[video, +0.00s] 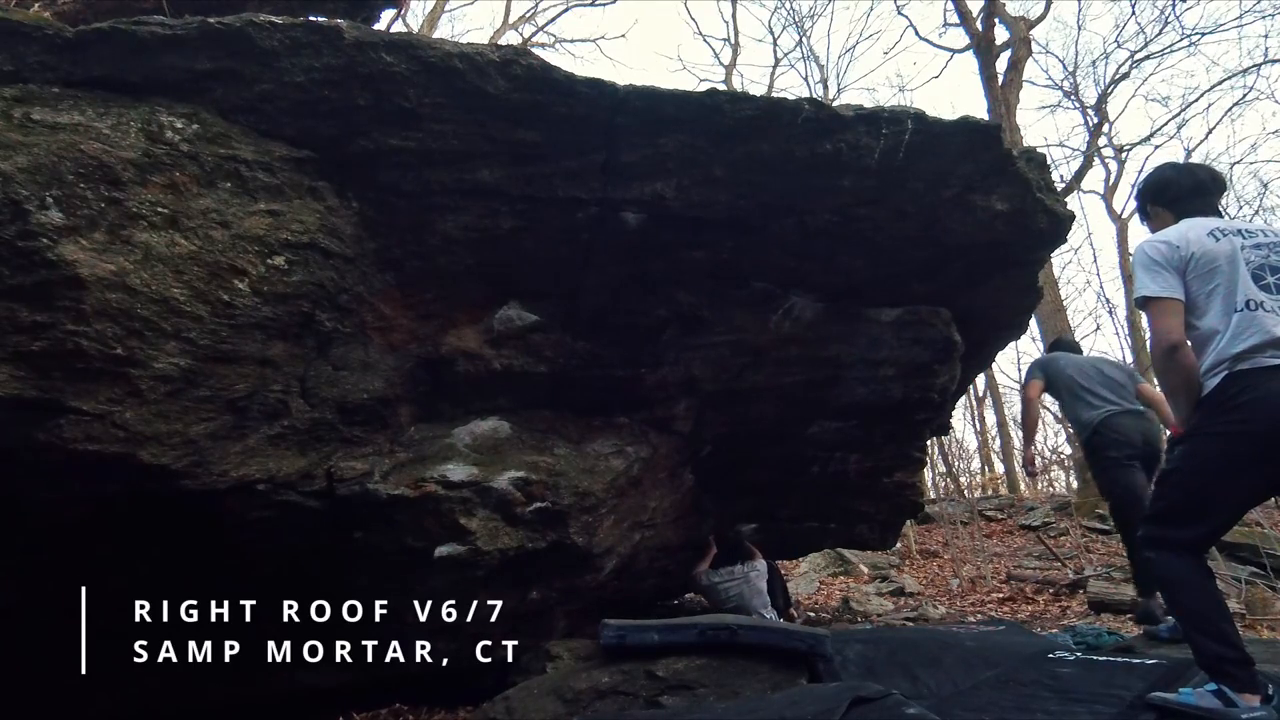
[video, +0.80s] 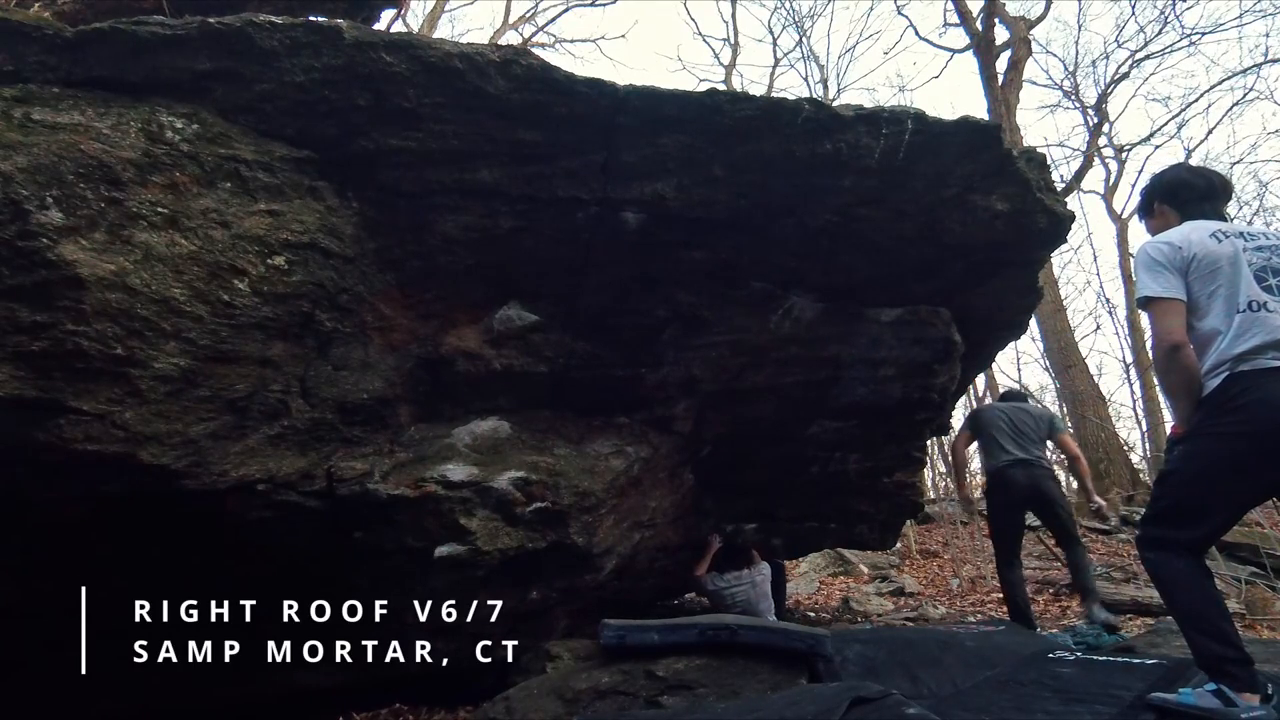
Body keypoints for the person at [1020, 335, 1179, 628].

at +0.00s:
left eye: (1046, 354)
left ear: (1051, 354)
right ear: (1078, 352)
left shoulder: (1046, 362)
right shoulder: (1112, 364)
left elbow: (1030, 398)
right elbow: (1153, 395)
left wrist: (1028, 448)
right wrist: (1176, 428)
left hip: (1108, 435)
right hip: (1148, 430)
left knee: (1137, 518)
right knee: (1135, 514)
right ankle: (1149, 597)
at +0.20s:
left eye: (1041, 359)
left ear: (1046, 360)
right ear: (1076, 359)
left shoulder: (1036, 369)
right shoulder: (1100, 376)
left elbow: (1018, 402)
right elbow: (1141, 408)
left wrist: (1021, 451)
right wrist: (1164, 448)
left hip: (1084, 445)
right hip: (1121, 442)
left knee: (1112, 529)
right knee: (1115, 526)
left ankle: (1167, 605)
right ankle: (1138, 610)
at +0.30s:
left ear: (1041, 365)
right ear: (1070, 366)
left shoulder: (1029, 373)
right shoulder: (1092, 380)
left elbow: (1013, 404)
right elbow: (1136, 419)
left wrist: (1016, 450)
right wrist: (1156, 462)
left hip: (1073, 449)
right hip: (1113, 447)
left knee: (1074, 529)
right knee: (1110, 528)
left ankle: (1143, 584)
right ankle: (1136, 607)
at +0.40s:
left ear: (1033, 372)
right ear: (1061, 372)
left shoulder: (1022, 378)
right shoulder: (1085, 384)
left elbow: (1005, 405)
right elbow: (1125, 423)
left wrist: (1009, 459)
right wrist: (1138, 474)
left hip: (1062, 451)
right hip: (1103, 448)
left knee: (1050, 531)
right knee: (1107, 532)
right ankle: (1139, 610)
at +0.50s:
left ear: (1023, 378)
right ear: (1051, 378)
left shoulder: (1011, 385)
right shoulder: (1080, 389)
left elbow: (997, 414)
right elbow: (1112, 428)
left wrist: (1003, 461)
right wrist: (1125, 476)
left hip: (1051, 457)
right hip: (1093, 452)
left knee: (1040, 535)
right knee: (1100, 533)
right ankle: (1137, 609)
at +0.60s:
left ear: (1014, 384)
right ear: (1042, 384)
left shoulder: (1000, 395)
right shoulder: (1067, 395)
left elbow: (981, 423)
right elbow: (1100, 434)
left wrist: (987, 467)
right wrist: (1111, 479)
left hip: (1036, 472)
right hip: (1076, 465)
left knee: (1028, 545)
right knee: (1093, 540)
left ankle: (1025, 622)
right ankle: (1134, 607)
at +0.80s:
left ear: (1000, 402)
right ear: (1026, 402)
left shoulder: (981, 412)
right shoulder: (1043, 413)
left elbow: (957, 446)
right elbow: (1074, 454)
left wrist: (962, 490)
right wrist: (1091, 495)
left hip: (1002, 486)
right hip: (1041, 481)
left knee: (1008, 560)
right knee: (1071, 543)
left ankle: (1025, 629)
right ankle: (1093, 606)